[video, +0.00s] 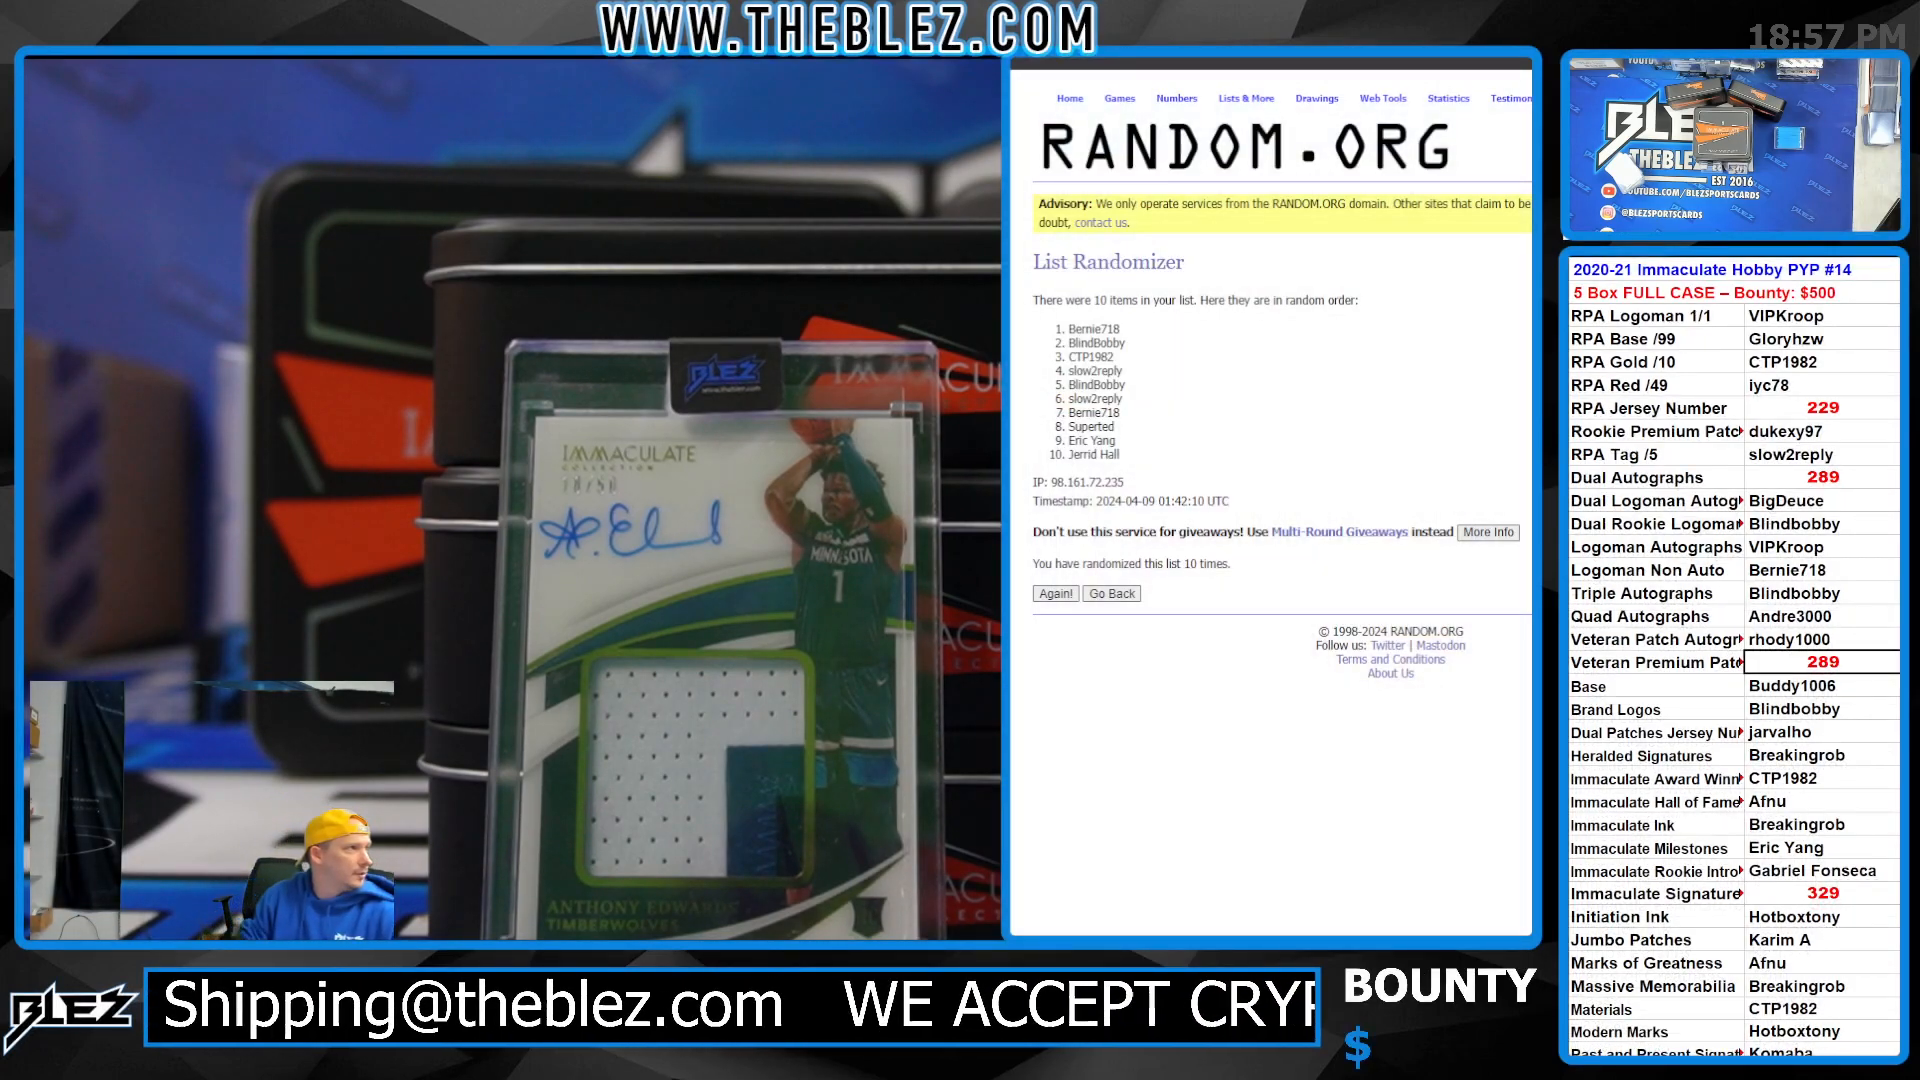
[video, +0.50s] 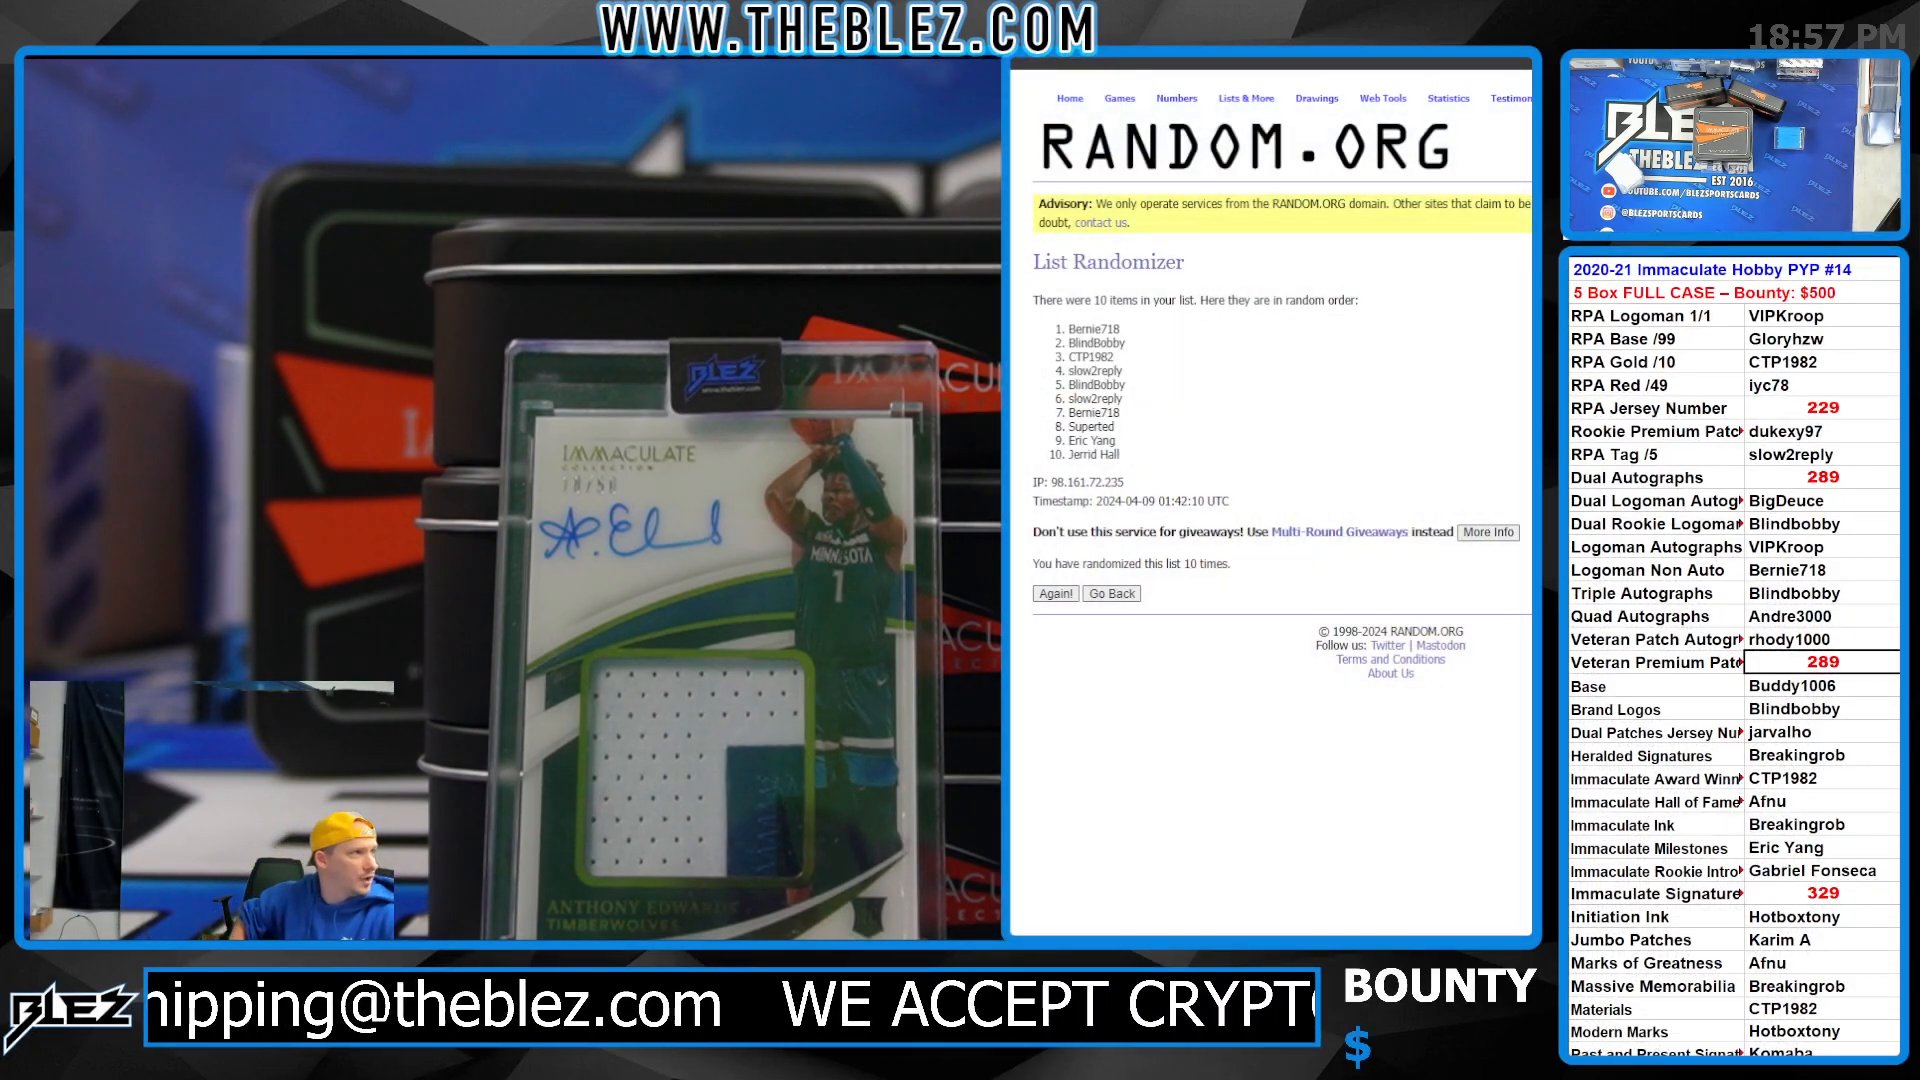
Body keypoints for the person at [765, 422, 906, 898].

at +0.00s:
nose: (835, 496)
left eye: (844, 489)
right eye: (829, 489)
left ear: (862, 495)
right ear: (822, 495)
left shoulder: (884, 539)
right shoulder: (810, 532)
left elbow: (875, 496)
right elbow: (776, 496)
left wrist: (845, 446)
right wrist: (815, 459)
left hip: (866, 676)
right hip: (813, 676)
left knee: (873, 792)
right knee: (818, 791)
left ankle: (871, 892)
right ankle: (819, 883)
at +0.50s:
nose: (835, 496)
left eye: (844, 489)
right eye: (830, 489)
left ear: (863, 495)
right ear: (822, 496)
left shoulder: (884, 539)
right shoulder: (810, 532)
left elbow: (875, 497)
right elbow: (776, 496)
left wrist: (844, 445)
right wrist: (815, 459)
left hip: (865, 678)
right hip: (813, 677)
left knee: (873, 794)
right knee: (818, 793)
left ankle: (871, 893)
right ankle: (818, 886)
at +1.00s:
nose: (835, 496)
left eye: (844, 489)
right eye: (829, 488)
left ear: (862, 494)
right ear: (822, 495)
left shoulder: (884, 539)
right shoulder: (810, 532)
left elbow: (875, 497)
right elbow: (776, 496)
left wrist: (844, 445)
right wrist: (815, 459)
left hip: (865, 679)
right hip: (813, 678)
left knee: (873, 796)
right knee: (818, 794)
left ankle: (873, 896)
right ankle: (818, 887)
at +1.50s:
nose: (835, 497)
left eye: (843, 490)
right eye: (829, 490)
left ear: (862, 495)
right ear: (822, 496)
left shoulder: (884, 539)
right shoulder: (811, 533)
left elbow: (876, 496)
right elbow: (776, 496)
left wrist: (843, 445)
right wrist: (815, 459)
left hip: (865, 679)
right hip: (813, 679)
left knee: (873, 797)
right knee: (820, 795)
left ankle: (873, 895)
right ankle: (820, 888)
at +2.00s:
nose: (834, 497)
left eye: (843, 490)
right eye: (829, 490)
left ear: (862, 495)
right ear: (821, 495)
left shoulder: (883, 539)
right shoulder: (810, 533)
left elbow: (875, 496)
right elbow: (776, 496)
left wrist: (844, 445)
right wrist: (814, 460)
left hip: (865, 678)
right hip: (812, 676)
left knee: (872, 795)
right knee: (816, 793)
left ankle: (871, 895)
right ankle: (816, 887)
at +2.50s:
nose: (835, 497)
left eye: (844, 490)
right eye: (830, 490)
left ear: (862, 495)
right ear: (822, 495)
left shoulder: (883, 539)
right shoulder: (810, 532)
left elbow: (876, 497)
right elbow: (776, 496)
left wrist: (844, 445)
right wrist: (814, 460)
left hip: (866, 677)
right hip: (813, 676)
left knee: (872, 795)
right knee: (819, 793)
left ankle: (871, 897)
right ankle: (821, 889)